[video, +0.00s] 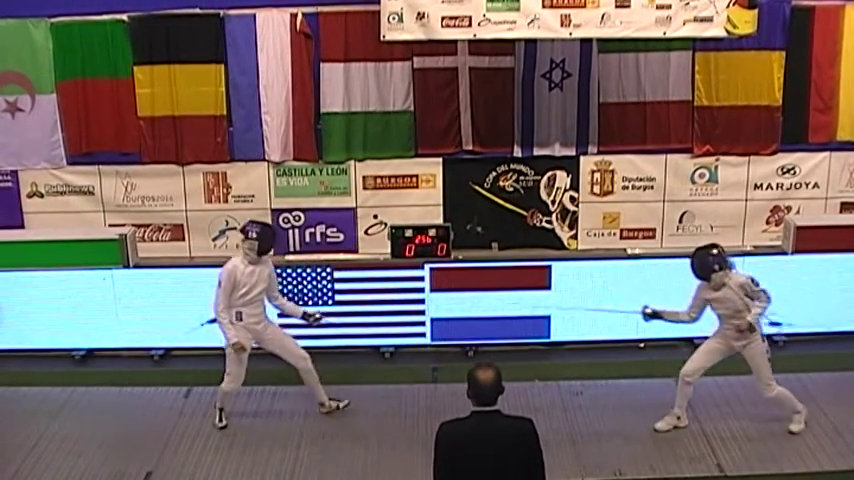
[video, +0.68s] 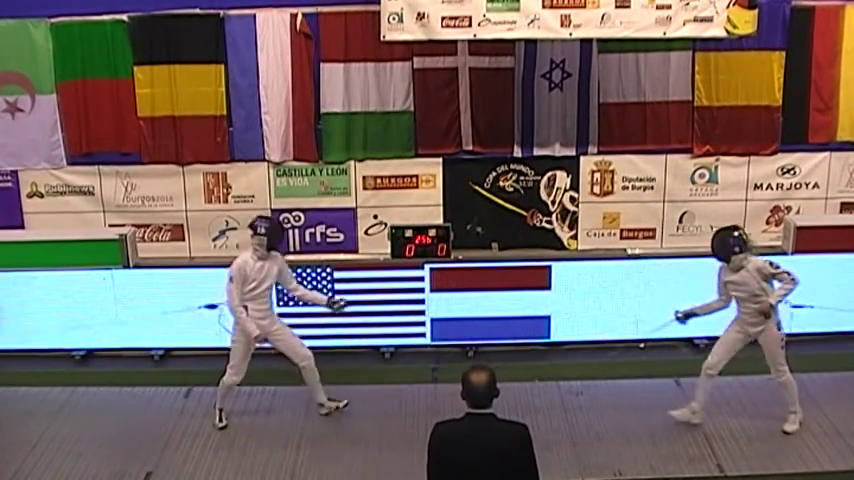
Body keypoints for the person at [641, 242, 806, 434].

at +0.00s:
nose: (713, 280)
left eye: (713, 275)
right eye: (710, 276)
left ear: (720, 269)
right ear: (707, 274)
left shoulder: (740, 281)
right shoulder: (704, 289)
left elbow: (763, 299)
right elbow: (691, 316)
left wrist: (751, 320)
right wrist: (659, 315)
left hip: (751, 339)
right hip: (723, 338)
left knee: (769, 390)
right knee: (687, 374)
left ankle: (799, 411)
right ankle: (678, 415)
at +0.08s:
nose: (721, 281)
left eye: (722, 276)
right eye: (718, 278)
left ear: (729, 268)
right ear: (715, 274)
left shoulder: (750, 281)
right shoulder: (716, 290)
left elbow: (779, 295)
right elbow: (708, 317)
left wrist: (764, 316)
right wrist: (676, 319)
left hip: (761, 340)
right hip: (733, 339)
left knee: (774, 391)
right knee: (696, 376)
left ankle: (800, 413)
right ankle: (679, 416)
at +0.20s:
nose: (734, 269)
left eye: (735, 264)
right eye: (730, 266)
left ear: (741, 256)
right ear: (727, 264)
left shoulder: (760, 265)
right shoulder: (727, 276)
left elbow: (798, 271)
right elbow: (723, 301)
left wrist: (784, 299)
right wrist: (692, 314)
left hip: (772, 327)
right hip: (745, 327)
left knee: (785, 378)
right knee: (715, 371)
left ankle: (800, 414)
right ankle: (692, 413)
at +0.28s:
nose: (736, 264)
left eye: (737, 259)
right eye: (733, 260)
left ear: (746, 251)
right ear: (731, 258)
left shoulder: (764, 259)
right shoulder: (731, 270)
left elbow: (801, 266)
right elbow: (729, 296)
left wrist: (788, 293)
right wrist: (700, 312)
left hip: (775, 321)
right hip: (750, 321)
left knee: (784, 373)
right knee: (724, 368)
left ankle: (798, 413)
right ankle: (720, 412)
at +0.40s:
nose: (741, 269)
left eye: (743, 264)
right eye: (738, 265)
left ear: (752, 256)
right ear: (735, 262)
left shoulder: (770, 269)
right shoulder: (735, 276)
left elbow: (801, 284)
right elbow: (738, 304)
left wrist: (784, 306)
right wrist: (709, 320)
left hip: (780, 330)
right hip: (755, 331)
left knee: (784, 377)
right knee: (739, 375)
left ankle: (795, 414)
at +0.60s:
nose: (744, 264)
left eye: (747, 258)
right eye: (740, 260)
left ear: (751, 253)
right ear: (734, 259)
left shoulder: (766, 267)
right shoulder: (732, 273)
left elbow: (795, 283)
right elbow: (735, 302)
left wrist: (776, 301)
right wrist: (705, 318)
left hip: (774, 327)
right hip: (748, 325)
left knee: (782, 375)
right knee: (718, 366)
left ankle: (795, 414)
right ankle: (731, 406)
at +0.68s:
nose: (737, 263)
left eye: (738, 258)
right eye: (733, 259)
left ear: (742, 252)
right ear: (727, 257)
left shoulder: (758, 266)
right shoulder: (724, 272)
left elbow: (790, 281)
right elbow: (723, 301)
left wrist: (772, 300)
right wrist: (692, 313)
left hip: (767, 325)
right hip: (741, 325)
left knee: (781, 373)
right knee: (710, 366)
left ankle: (795, 414)